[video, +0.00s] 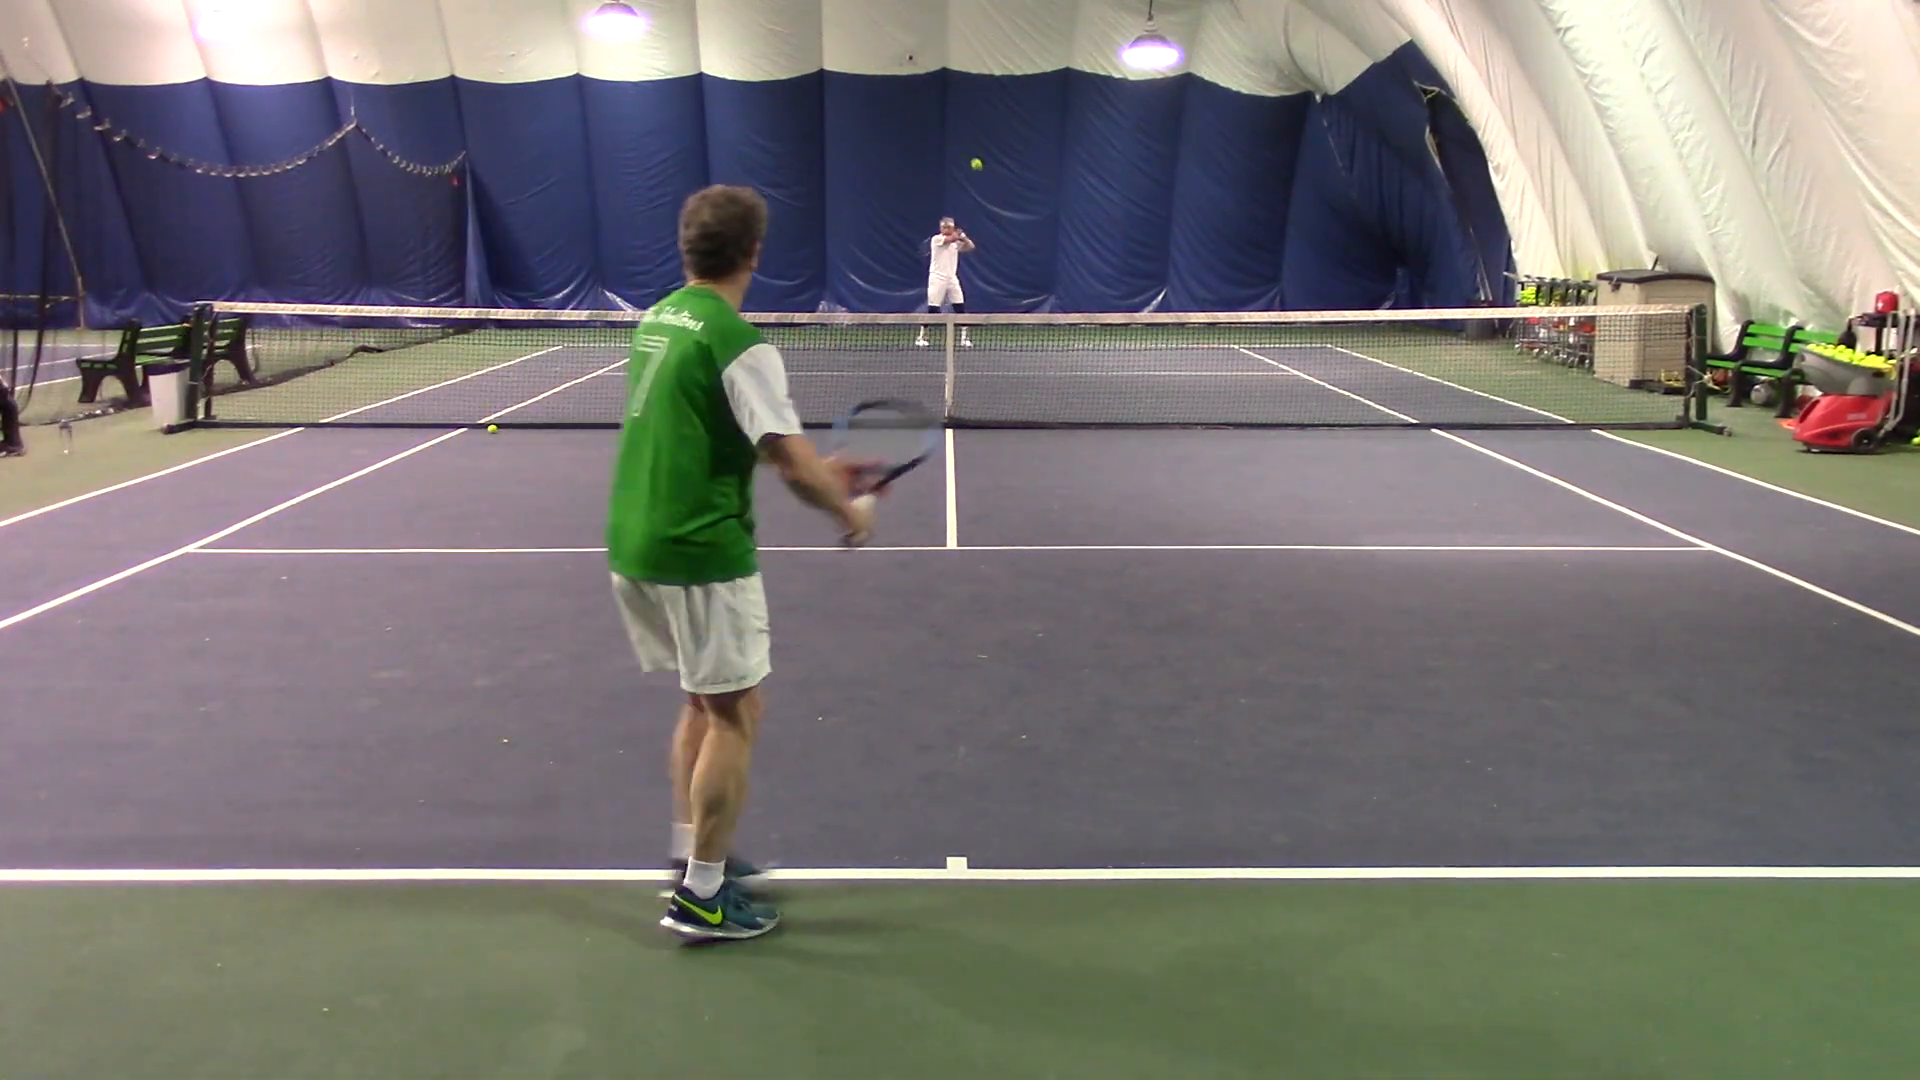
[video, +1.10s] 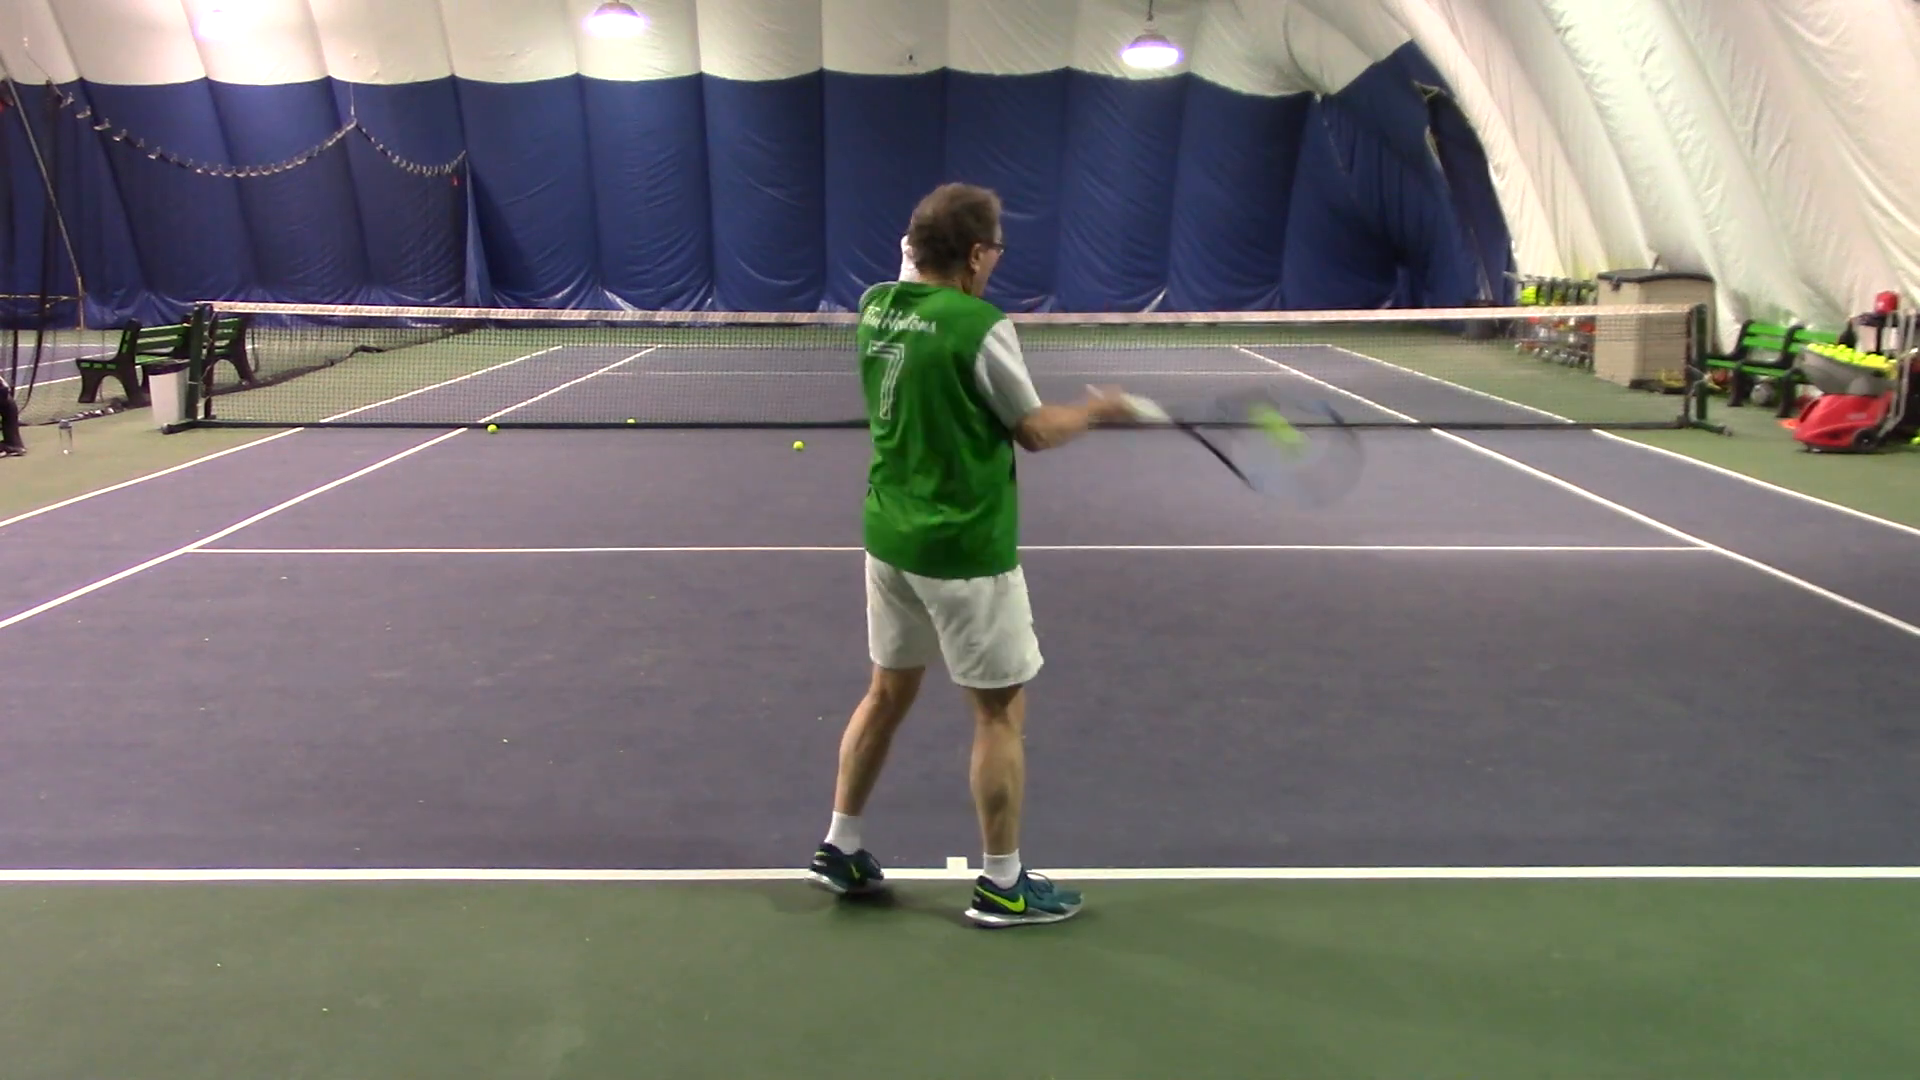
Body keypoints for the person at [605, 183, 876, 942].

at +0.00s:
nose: (763, 252)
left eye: (750, 239)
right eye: (762, 242)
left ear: (687, 250)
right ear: (753, 254)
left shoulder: (657, 322)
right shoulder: (739, 341)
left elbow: (714, 438)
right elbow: (792, 462)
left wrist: (818, 467)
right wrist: (847, 508)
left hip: (639, 546)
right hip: (704, 555)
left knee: (704, 701)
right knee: (734, 713)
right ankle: (703, 891)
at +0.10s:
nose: (790, 259)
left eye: (783, 248)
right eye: (789, 250)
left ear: (716, 255)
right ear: (782, 260)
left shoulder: (699, 323)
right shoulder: (758, 345)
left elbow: (807, 397)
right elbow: (838, 448)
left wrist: (908, 409)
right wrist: (932, 454)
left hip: (685, 550)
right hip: (732, 561)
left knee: (765, 707)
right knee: (764, 719)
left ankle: (793, 856)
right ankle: (704, 886)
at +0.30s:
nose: (849, 267)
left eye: (845, 257)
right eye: (848, 257)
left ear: (777, 262)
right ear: (836, 266)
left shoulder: (786, 319)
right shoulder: (794, 338)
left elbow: (892, 337)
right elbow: (857, 401)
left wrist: (969, 310)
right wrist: (969, 346)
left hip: (765, 552)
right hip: (792, 559)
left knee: (826, 700)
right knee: (884, 698)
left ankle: (800, 855)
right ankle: (791, 841)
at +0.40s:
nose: (881, 267)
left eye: (877, 260)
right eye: (880, 258)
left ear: (812, 260)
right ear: (867, 265)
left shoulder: (841, 314)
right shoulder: (819, 329)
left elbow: (924, 327)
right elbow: (838, 392)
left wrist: (1000, 300)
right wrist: (945, 339)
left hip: (786, 546)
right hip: (818, 551)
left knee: (831, 702)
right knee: (908, 693)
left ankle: (800, 860)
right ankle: (881, 865)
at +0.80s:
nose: (999, 274)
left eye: (998, 264)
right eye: (998, 264)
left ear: (926, 270)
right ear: (982, 275)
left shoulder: (916, 324)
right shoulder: (935, 340)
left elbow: (1009, 347)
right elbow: (927, 409)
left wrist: (1057, 331)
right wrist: (994, 411)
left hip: (870, 553)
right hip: (928, 564)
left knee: (891, 705)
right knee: (1001, 711)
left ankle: (811, 850)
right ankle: (1003, 881)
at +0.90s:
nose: (1012, 270)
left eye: (1011, 261)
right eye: (1010, 261)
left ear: (940, 266)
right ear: (994, 268)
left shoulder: (907, 321)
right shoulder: (959, 340)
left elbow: (939, 336)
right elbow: (978, 423)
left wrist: (995, 343)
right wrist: (1069, 441)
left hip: (877, 543)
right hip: (945, 557)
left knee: (892, 696)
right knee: (1006, 710)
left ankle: (816, 845)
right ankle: (1002, 882)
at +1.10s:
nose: (997, 258)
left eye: (996, 246)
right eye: (994, 247)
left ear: (919, 248)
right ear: (973, 254)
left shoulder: (878, 306)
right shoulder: (980, 327)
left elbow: (912, 262)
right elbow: (1036, 429)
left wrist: (940, 257)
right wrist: (1095, 408)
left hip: (887, 539)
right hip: (967, 555)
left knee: (888, 690)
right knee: (999, 711)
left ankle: (839, 849)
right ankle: (1003, 881)